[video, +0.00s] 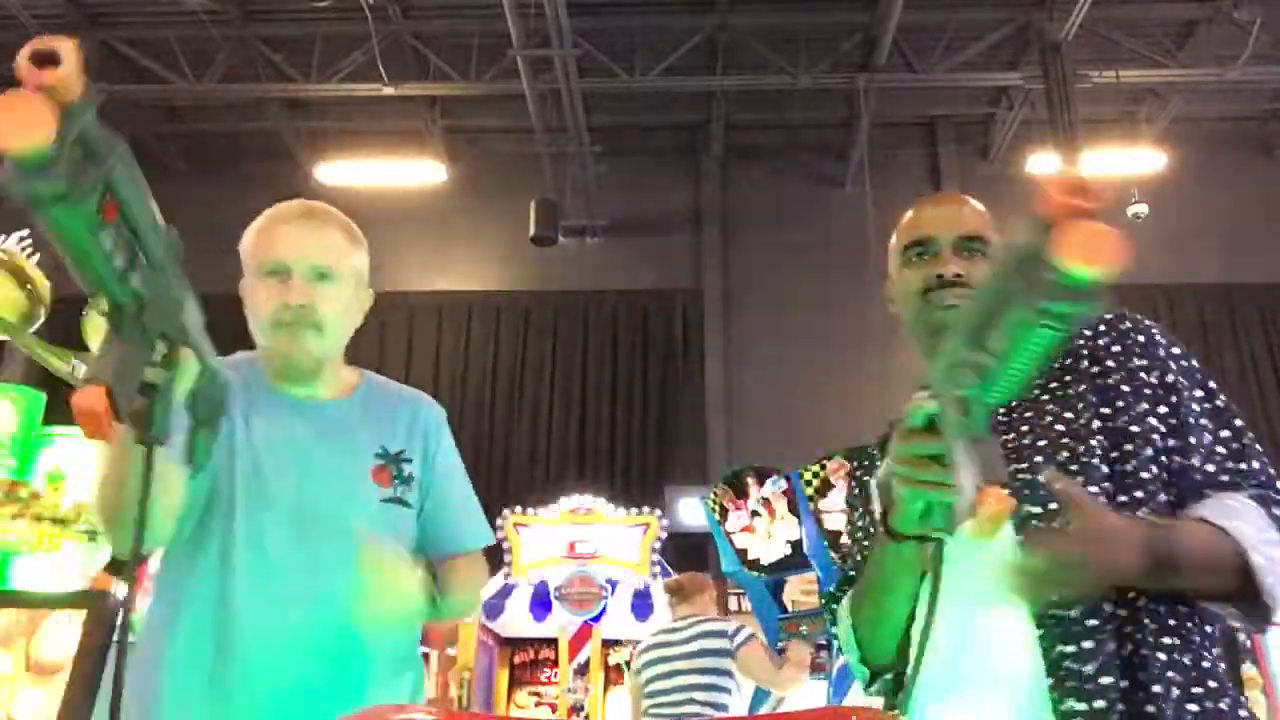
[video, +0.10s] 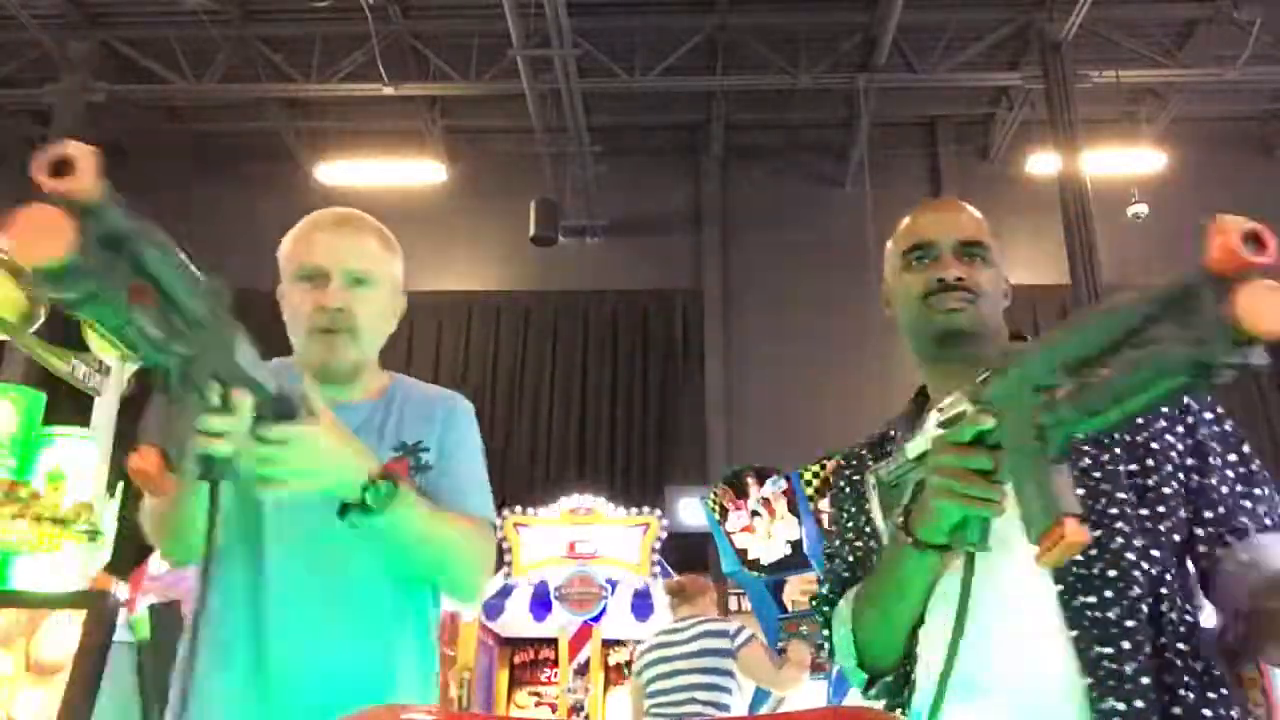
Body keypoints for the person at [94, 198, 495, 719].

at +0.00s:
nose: (297, 296)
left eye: (322, 277)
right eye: (276, 275)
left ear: (362, 303)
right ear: (245, 295)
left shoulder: (413, 422)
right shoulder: (195, 397)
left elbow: (466, 579)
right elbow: (131, 536)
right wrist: (141, 401)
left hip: (358, 711)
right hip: (190, 704)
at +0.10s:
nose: (333, 300)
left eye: (359, 282)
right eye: (311, 279)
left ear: (396, 308)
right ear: (280, 298)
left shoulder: (440, 416)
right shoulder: (235, 396)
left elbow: (470, 573)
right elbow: (178, 547)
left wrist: (365, 481)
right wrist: (198, 465)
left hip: (379, 704)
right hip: (228, 703)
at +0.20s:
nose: (329, 300)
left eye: (356, 282)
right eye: (308, 279)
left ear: (395, 310)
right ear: (280, 299)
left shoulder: (442, 414)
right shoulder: (223, 399)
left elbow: (465, 571)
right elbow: (177, 560)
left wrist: (339, 482)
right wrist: (207, 496)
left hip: (385, 706)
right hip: (229, 704)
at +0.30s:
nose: (299, 297)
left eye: (326, 277)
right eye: (278, 273)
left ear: (366, 305)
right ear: (244, 292)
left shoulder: (411, 407)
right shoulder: (181, 397)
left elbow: (429, 565)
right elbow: (145, 572)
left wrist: (289, 485)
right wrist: (186, 484)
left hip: (357, 706)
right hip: (198, 705)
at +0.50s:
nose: (271, 293)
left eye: (297, 274)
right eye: (250, 272)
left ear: (337, 303)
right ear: (217, 288)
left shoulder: (385, 409)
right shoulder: (150, 398)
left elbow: (404, 563)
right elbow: (132, 564)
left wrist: (270, 473)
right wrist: (170, 470)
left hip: (320, 706)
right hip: (155, 704)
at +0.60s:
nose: (307, 312)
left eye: (332, 294)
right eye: (285, 290)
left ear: (369, 319)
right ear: (253, 311)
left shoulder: (413, 421)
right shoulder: (200, 411)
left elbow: (426, 568)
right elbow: (169, 589)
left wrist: (279, 492)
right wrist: (162, 478)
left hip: (348, 707)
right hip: (204, 707)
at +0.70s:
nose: (316, 317)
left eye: (341, 299)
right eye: (296, 295)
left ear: (377, 326)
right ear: (264, 317)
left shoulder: (421, 426)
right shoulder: (211, 411)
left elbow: (433, 573)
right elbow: (174, 587)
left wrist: (291, 497)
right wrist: (195, 485)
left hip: (364, 709)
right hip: (213, 706)